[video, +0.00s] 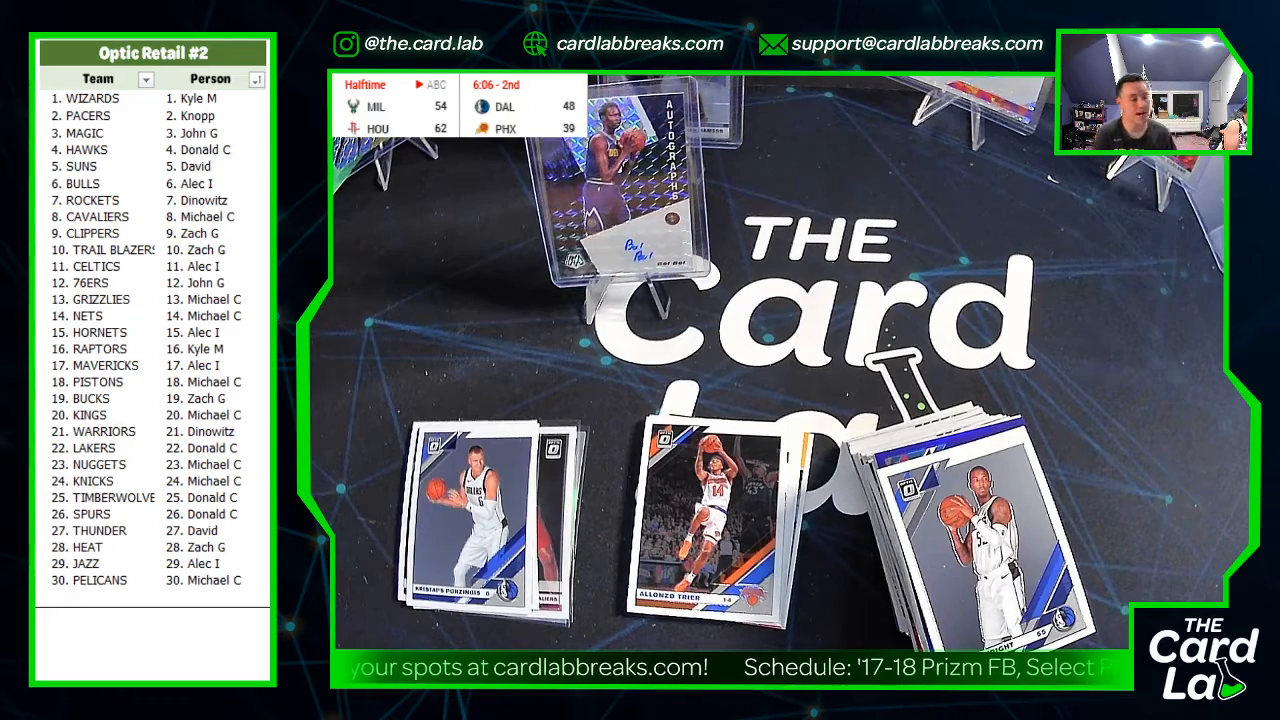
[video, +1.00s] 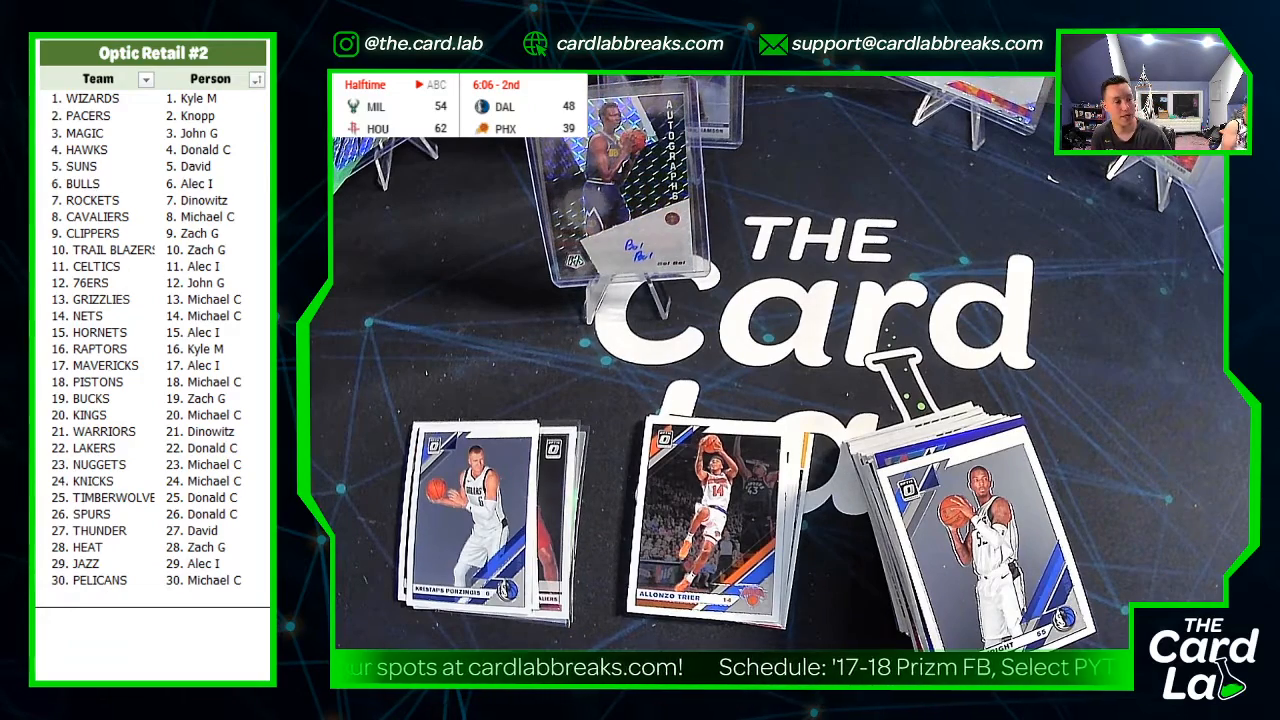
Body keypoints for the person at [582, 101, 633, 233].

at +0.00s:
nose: (618, 118)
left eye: (619, 114)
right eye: (613, 115)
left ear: (621, 116)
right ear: (603, 118)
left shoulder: (616, 141)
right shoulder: (598, 140)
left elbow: (622, 175)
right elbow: (606, 176)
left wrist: (633, 154)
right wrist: (624, 153)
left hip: (612, 189)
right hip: (596, 191)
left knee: (625, 229)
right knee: (598, 236)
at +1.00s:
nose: (618, 118)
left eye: (618, 114)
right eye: (613, 115)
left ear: (620, 116)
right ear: (604, 118)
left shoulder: (616, 140)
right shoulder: (598, 140)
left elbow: (620, 177)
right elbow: (606, 175)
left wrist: (633, 157)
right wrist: (624, 152)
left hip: (612, 188)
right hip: (597, 190)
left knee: (626, 230)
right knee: (597, 236)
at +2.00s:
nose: (618, 118)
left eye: (619, 115)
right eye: (614, 115)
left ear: (620, 116)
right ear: (604, 118)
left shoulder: (617, 141)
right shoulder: (598, 140)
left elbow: (620, 178)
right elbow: (607, 175)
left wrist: (633, 155)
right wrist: (624, 153)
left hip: (612, 189)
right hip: (596, 192)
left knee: (625, 231)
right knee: (598, 237)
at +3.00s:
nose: (617, 118)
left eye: (618, 114)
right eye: (613, 115)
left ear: (620, 117)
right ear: (603, 118)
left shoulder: (616, 141)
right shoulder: (598, 140)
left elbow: (622, 173)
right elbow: (606, 176)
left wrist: (633, 153)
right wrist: (624, 154)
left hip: (613, 189)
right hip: (597, 191)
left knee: (624, 229)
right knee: (599, 234)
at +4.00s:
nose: (617, 118)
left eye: (618, 114)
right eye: (612, 115)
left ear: (620, 117)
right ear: (603, 118)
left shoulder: (616, 140)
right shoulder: (598, 140)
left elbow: (622, 170)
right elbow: (606, 175)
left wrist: (632, 153)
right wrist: (624, 154)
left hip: (612, 187)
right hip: (598, 189)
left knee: (625, 219)